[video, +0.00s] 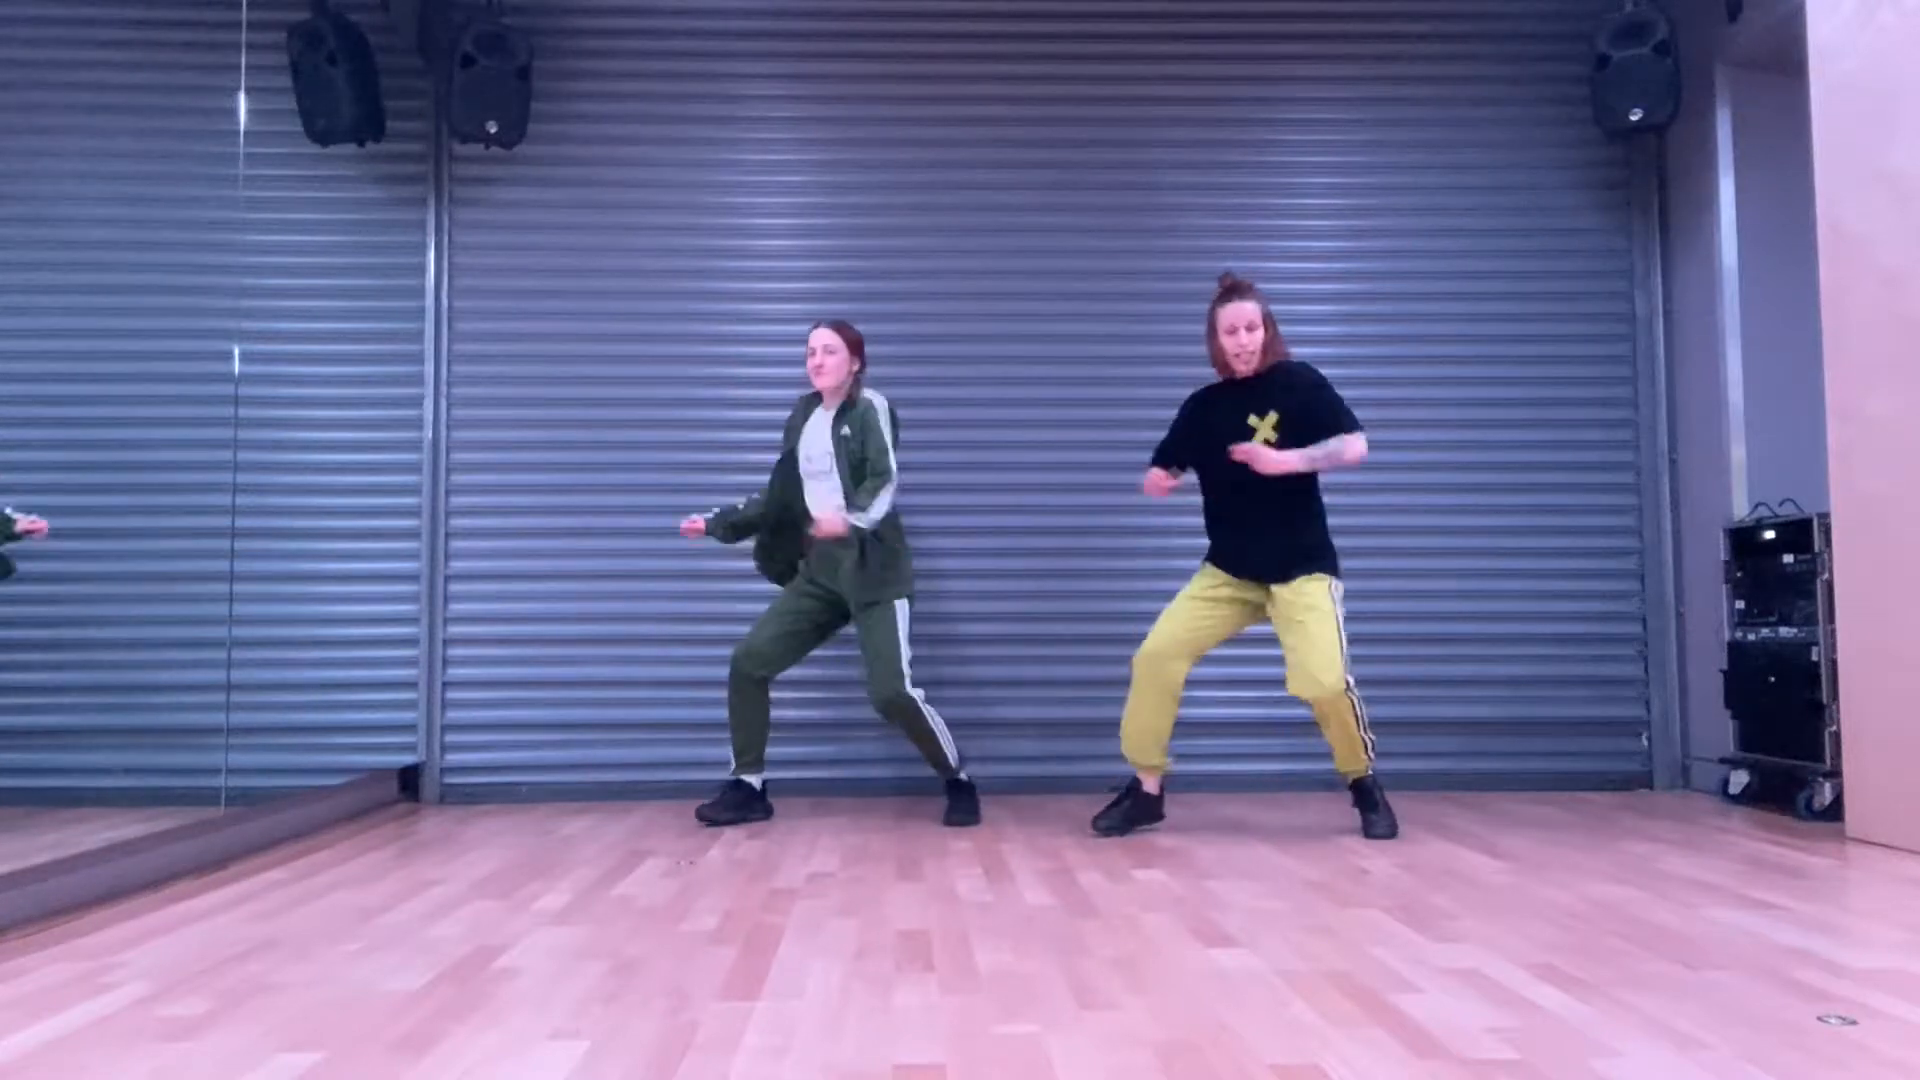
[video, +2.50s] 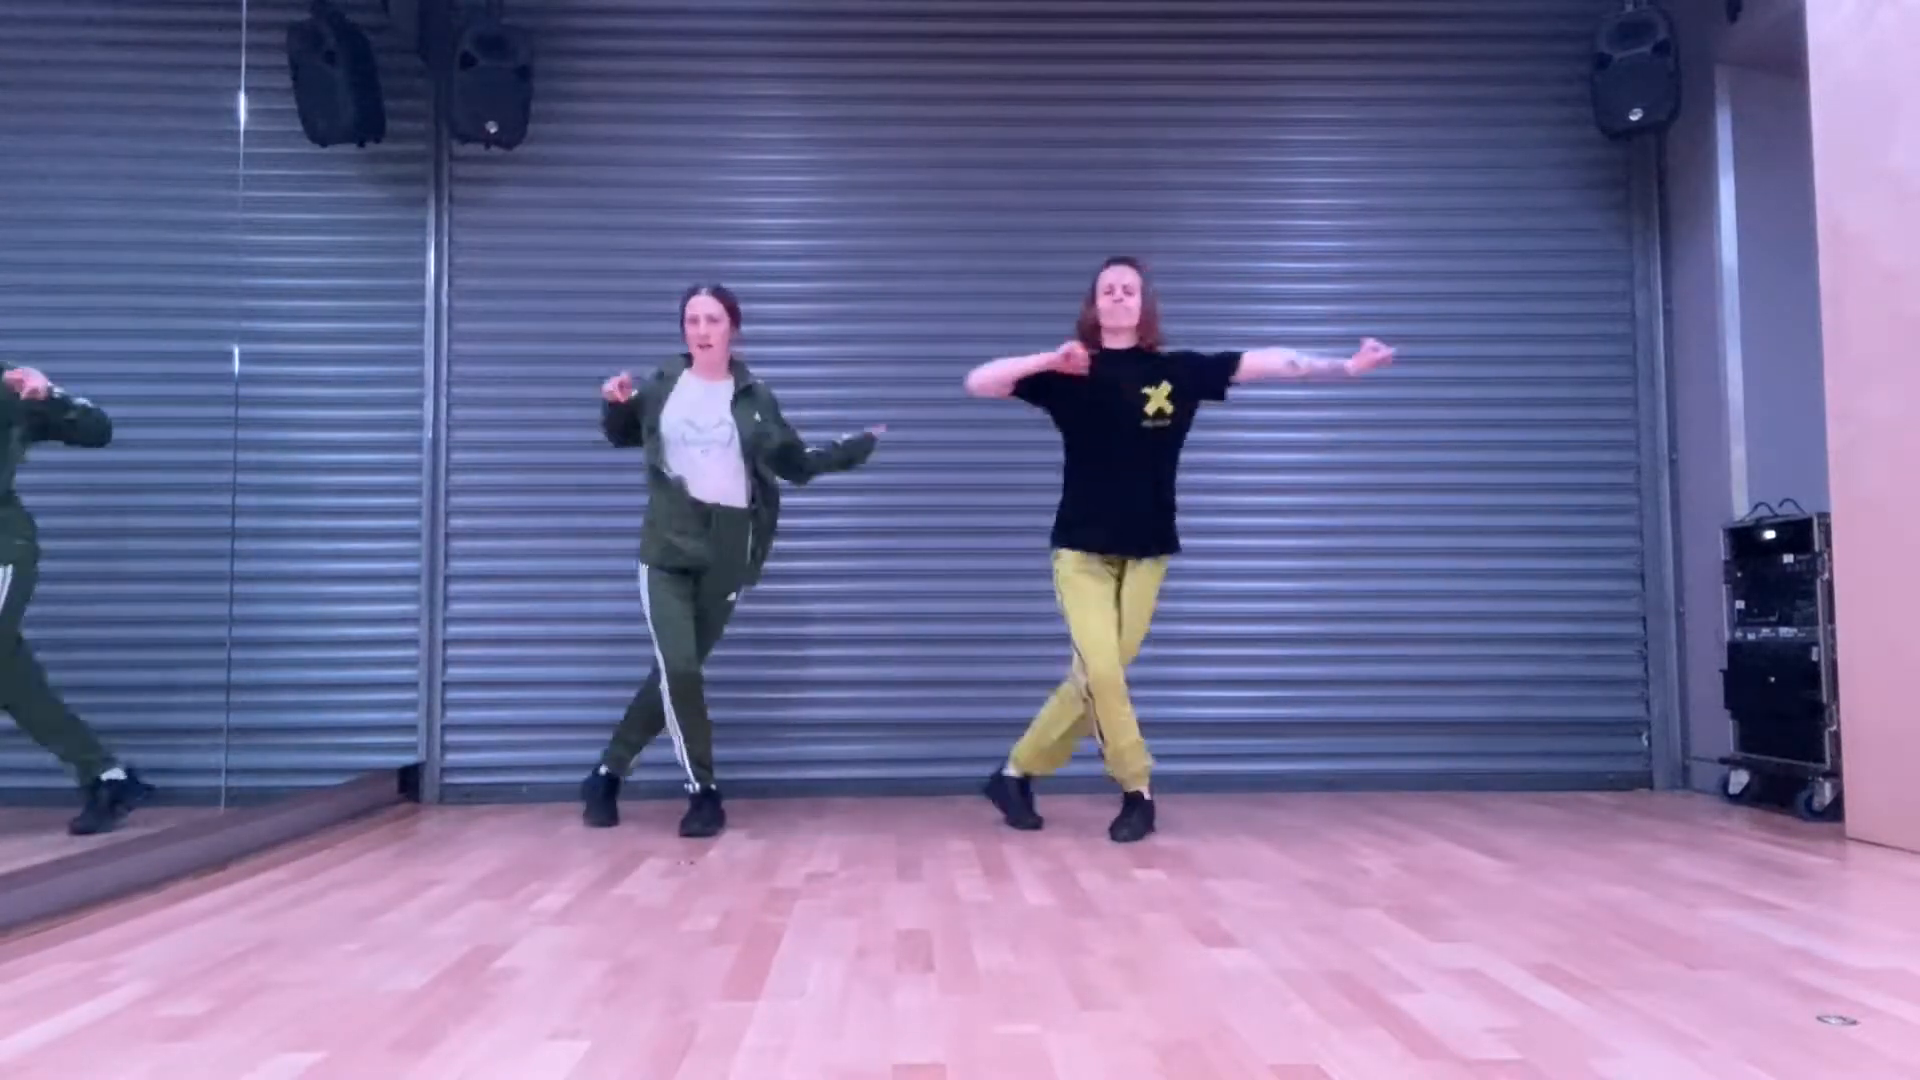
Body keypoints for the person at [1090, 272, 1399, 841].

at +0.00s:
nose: (1241, 341)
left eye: (1250, 329)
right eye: (1229, 331)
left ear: (1267, 331)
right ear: (1214, 338)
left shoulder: (1299, 383)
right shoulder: (1202, 406)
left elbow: (1355, 446)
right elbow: (1160, 477)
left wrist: (1284, 459)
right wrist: (1161, 480)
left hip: (1301, 571)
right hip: (1227, 571)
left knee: (1321, 684)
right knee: (1156, 656)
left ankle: (1365, 787)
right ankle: (1146, 791)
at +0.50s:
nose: (1240, 344)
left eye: (1250, 330)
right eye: (1229, 334)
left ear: (1271, 328)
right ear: (1218, 339)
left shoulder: (1314, 378)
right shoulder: (1225, 394)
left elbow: (1360, 447)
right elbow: (1219, 481)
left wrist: (1411, 457)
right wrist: (1163, 507)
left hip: (1268, 551)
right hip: (1200, 540)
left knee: (1292, 678)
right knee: (1162, 668)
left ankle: (1364, 790)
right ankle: (1167, 798)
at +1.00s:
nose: (1160, 306)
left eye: (1170, 293)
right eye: (1149, 296)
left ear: (1187, 293)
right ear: (1133, 300)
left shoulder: (1209, 354)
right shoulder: (1146, 363)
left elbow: (1238, 439)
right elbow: (1148, 455)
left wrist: (1261, 499)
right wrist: (1131, 531)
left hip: (1200, 537)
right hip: (1145, 540)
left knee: (1246, 659)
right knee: (1169, 671)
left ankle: (1325, 776)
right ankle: (1173, 799)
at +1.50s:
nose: (1111, 350)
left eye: (1122, 340)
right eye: (1101, 339)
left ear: (1137, 348)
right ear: (1085, 350)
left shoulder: (1161, 408)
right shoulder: (1079, 430)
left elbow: (1215, 484)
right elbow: (1043, 509)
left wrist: (1224, 519)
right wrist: (992, 552)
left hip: (1181, 573)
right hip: (1116, 575)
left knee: (1128, 683)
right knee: (1086, 684)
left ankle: (1168, 802)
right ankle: (1111, 801)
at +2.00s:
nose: (1161, 284)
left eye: (1171, 280)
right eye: (1150, 280)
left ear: (1188, 303)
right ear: (1133, 305)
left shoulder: (1226, 368)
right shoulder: (1108, 375)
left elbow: (1305, 376)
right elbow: (1019, 400)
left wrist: (1266, 395)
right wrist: (931, 418)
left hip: (1180, 553)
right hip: (1108, 545)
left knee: (1148, 669)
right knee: (1026, 634)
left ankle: (1167, 799)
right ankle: (918, 721)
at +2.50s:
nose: (1119, 298)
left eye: (1129, 290)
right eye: (1109, 290)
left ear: (1146, 304)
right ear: (1093, 304)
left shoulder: (1179, 370)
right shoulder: (1065, 374)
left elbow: (1271, 364)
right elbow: (976, 384)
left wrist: (1346, 366)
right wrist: (1046, 362)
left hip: (1147, 550)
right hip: (1080, 547)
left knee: (1098, 678)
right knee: (1102, 669)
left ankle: (1015, 774)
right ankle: (1136, 792)